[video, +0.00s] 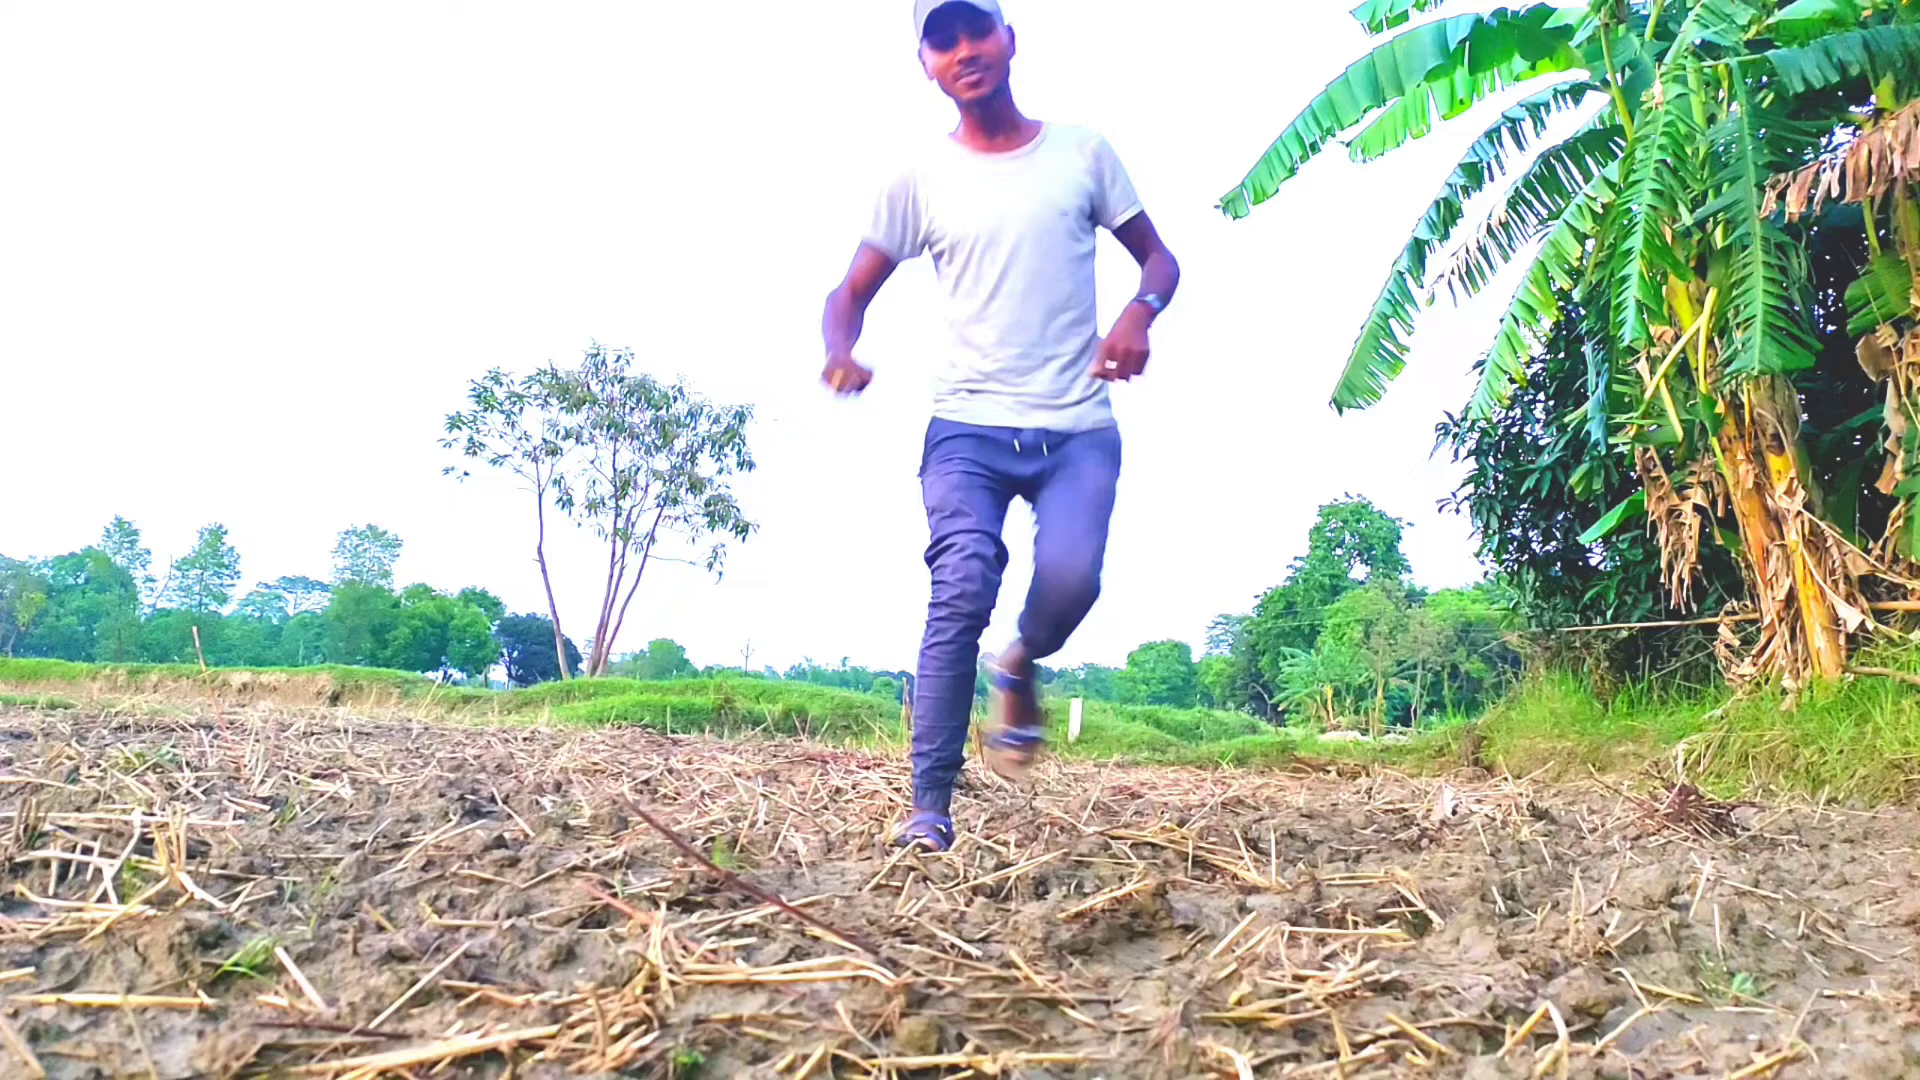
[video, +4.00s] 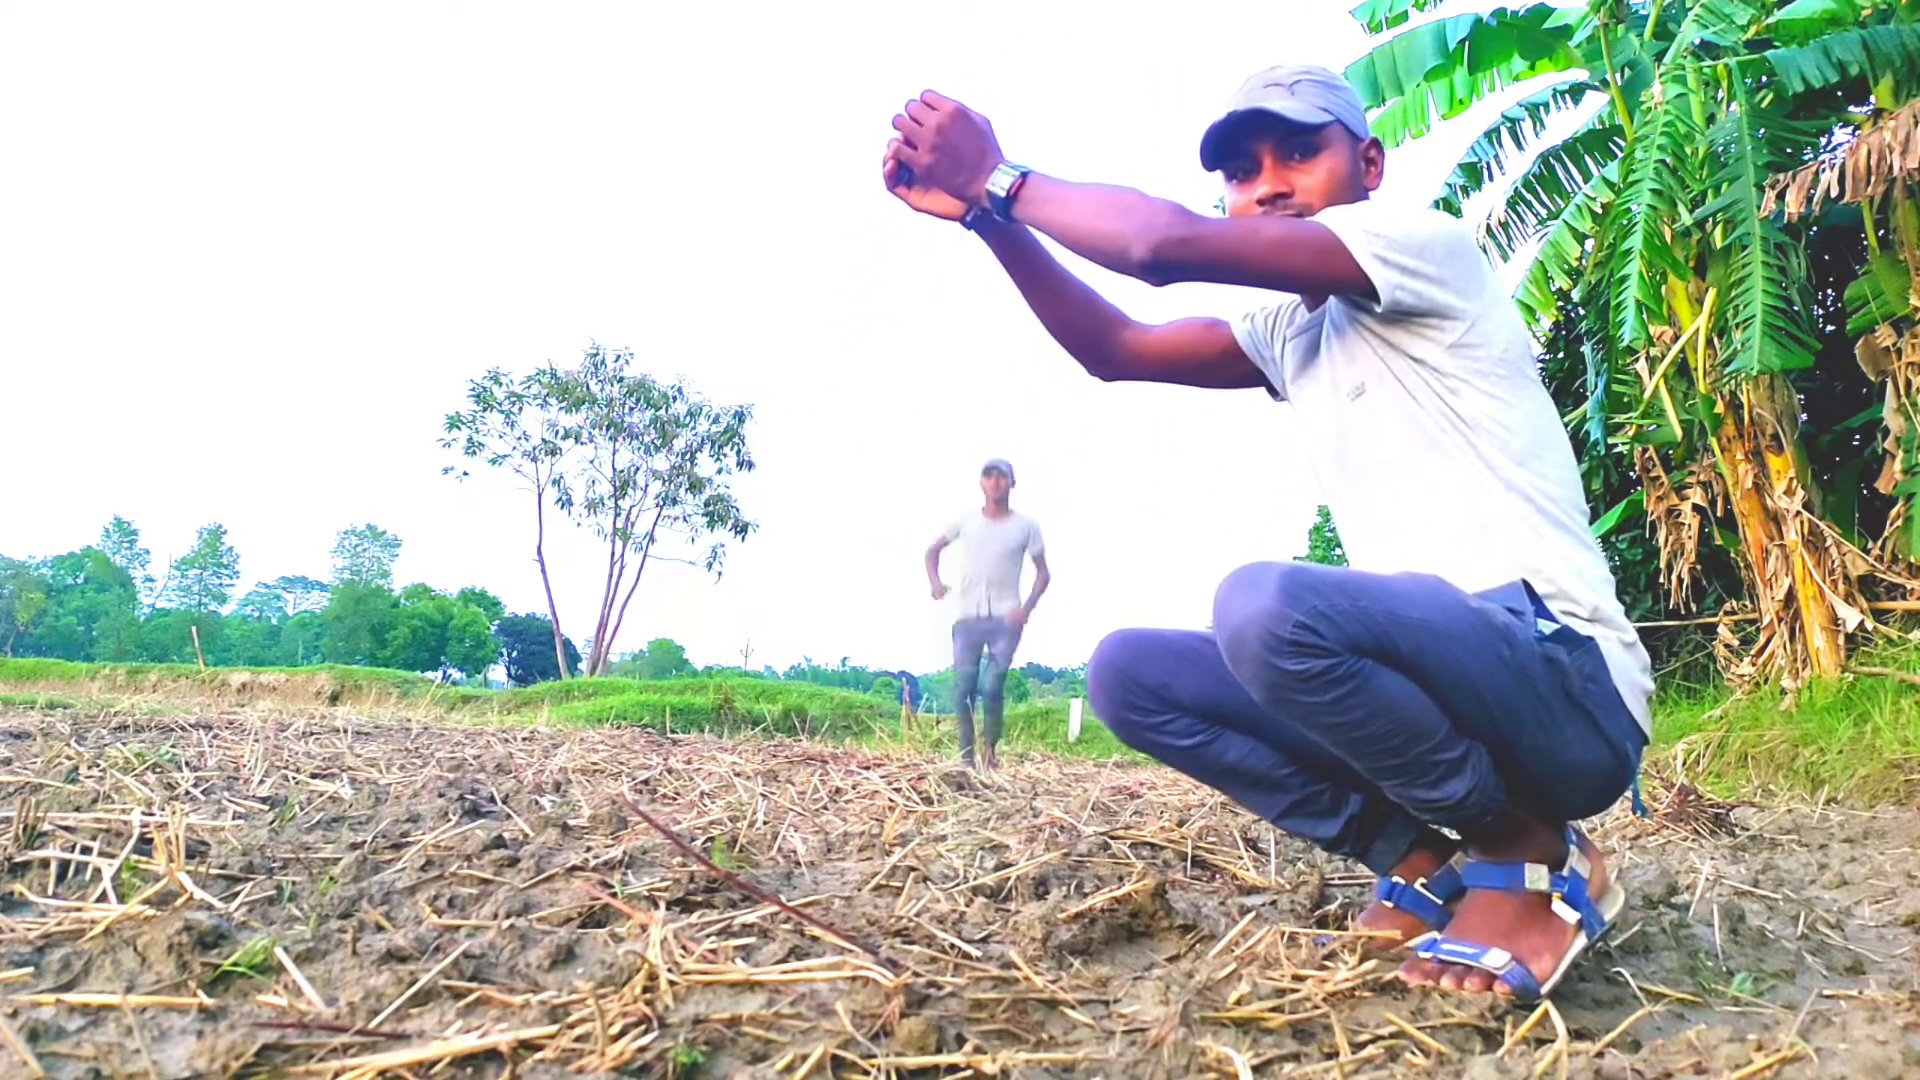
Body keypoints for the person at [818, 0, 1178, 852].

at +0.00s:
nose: (963, 54)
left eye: (976, 33)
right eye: (943, 44)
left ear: (1011, 39)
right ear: (926, 66)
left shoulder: (1084, 154)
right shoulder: (920, 181)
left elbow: (1160, 263)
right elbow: (851, 291)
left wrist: (1140, 312)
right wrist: (838, 350)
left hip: (1078, 418)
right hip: (969, 418)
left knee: (1072, 582)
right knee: (965, 589)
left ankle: (1015, 666)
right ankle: (930, 811)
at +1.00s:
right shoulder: (1265, 20)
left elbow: (1533, 51)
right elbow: (1288, 180)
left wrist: (1393, 257)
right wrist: (1227, 347)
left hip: (1531, 248)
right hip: (1428, 286)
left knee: (1396, 529)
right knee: (1306, 574)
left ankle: (1564, 898)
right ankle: (1398, 884)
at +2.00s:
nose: (1164, 306)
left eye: (1189, 263)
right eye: (1134, 290)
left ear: (1265, 255)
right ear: (1123, 319)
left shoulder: (1348, 378)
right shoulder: (1238, 445)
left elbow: (1180, 629)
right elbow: (1175, 647)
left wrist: (1008, 767)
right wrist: (1011, 770)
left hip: (1644, 684)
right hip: (1540, 702)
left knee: (1324, 581)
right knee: (1230, 611)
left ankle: (1550, 874)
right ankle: (1441, 865)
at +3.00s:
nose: (1266, 193)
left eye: (1299, 155)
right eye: (1241, 178)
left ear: (1372, 168)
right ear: (1221, 200)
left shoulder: (1427, 256)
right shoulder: (1298, 330)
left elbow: (1165, 251)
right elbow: (1115, 349)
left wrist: (1001, 173)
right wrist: (998, 208)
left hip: (1580, 684)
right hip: (1460, 692)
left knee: (1269, 608)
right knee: (1155, 644)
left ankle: (1538, 857)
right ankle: (1434, 860)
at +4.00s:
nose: (1268, 183)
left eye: (1300, 149)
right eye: (1241, 168)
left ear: (1371, 164)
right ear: (1228, 193)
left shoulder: (1425, 246)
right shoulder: (1297, 330)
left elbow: (1158, 243)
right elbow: (1114, 348)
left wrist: (995, 179)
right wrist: (992, 219)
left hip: (1565, 674)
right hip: (1441, 689)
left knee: (1266, 610)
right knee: (1129, 674)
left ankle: (1529, 851)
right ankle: (1424, 857)